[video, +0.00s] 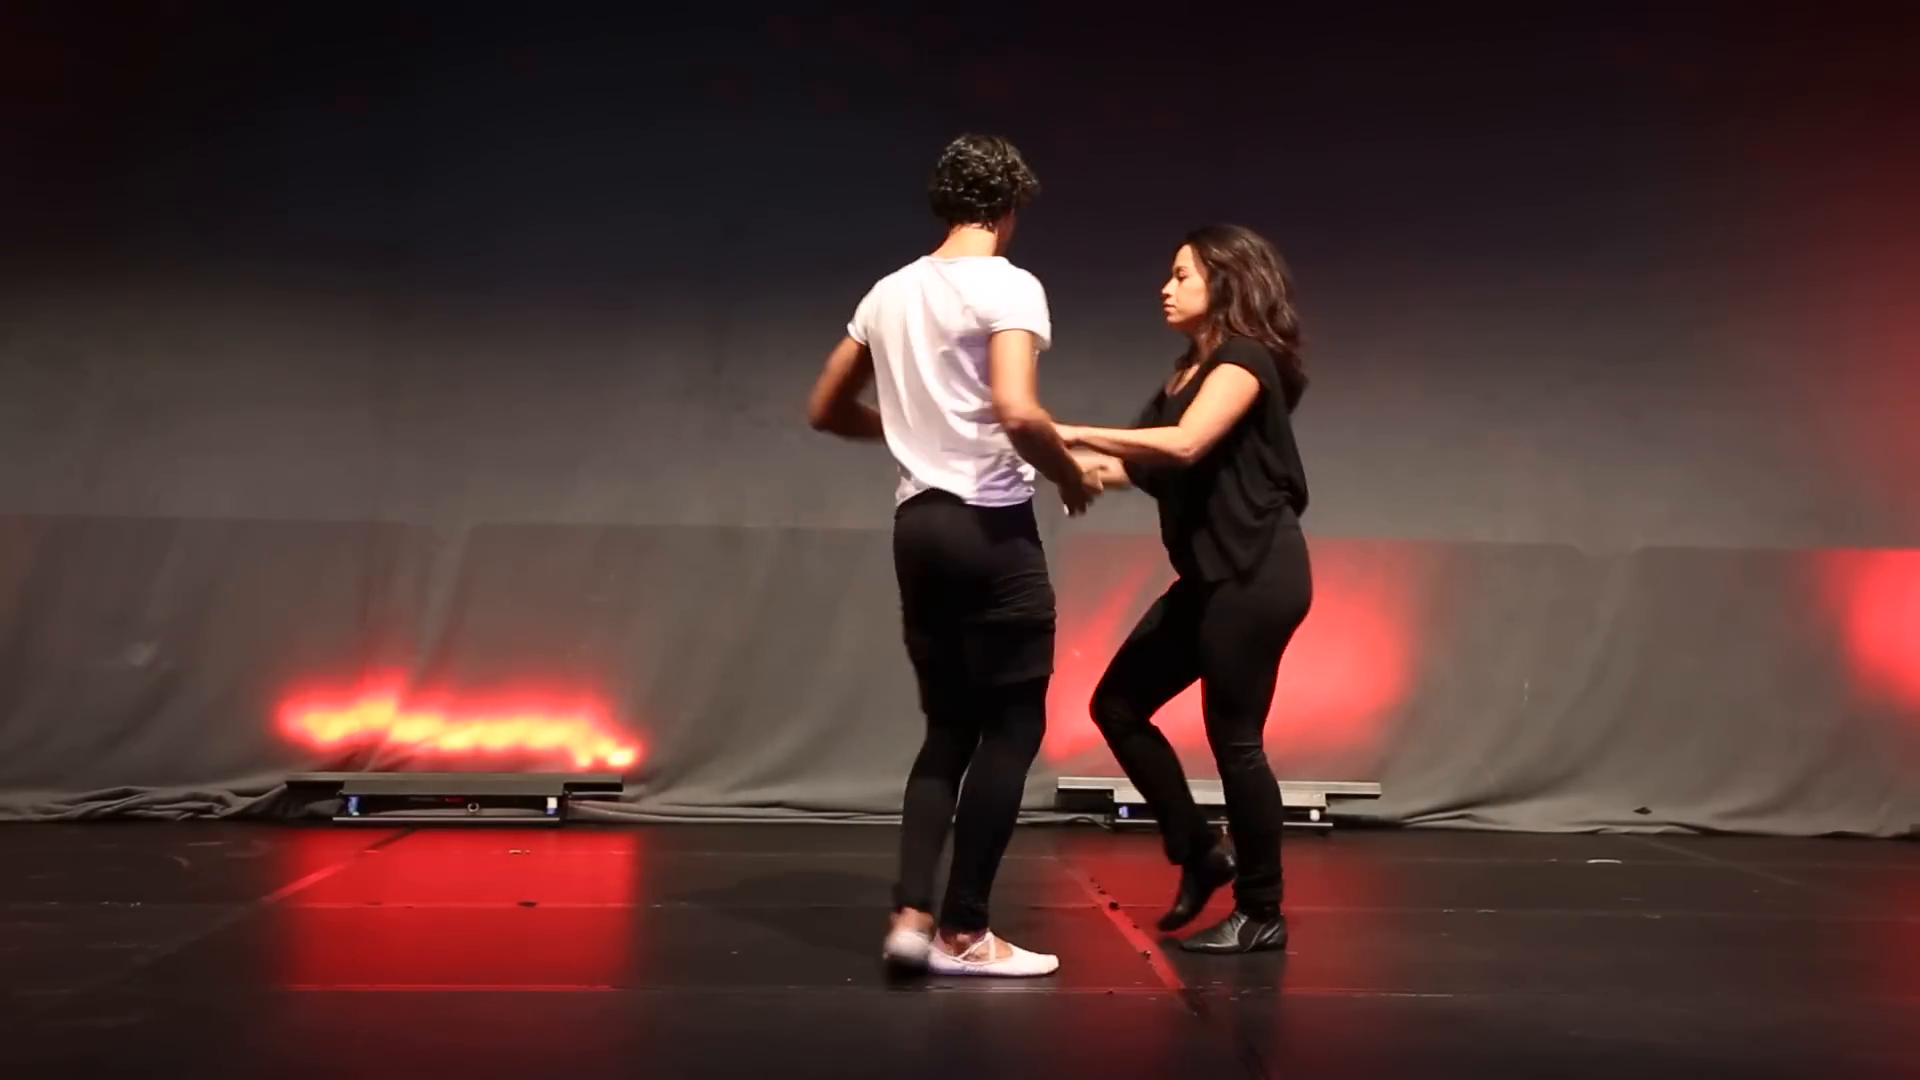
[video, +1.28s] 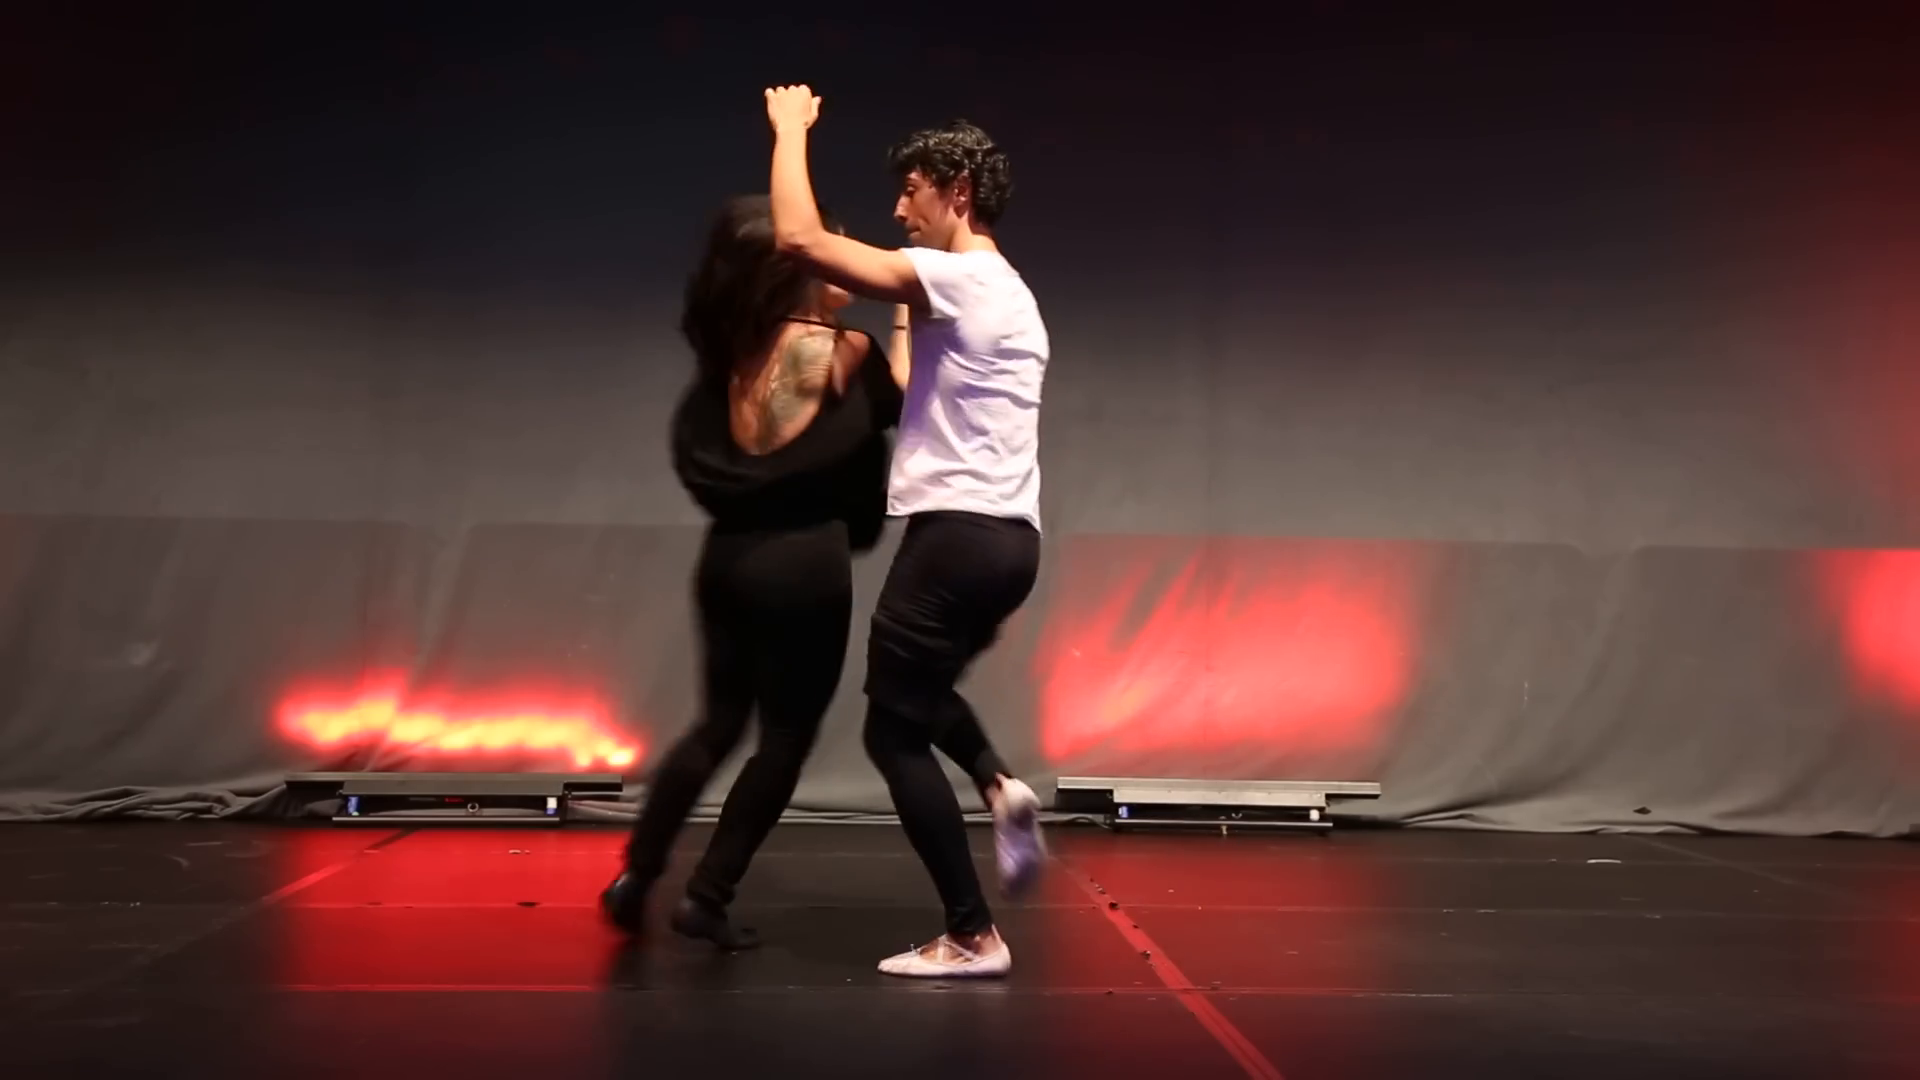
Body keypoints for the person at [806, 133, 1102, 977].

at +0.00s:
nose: (1018, 227)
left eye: (1016, 216)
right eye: (1018, 216)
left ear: (940, 207)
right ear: (1007, 213)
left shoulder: (887, 294)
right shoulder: (1009, 285)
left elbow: (828, 409)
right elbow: (1016, 410)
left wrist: (914, 422)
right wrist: (1070, 473)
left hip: (919, 533)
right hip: (994, 534)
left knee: (947, 727)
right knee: (1014, 727)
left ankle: (913, 916)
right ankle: (965, 934)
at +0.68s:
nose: (950, 201)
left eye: (945, 187)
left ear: (943, 193)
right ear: (1022, 194)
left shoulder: (899, 285)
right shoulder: (1073, 297)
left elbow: (828, 379)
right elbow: (1094, 440)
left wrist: (860, 309)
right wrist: (1039, 492)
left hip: (925, 538)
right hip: (1023, 540)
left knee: (915, 740)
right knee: (1030, 744)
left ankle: (920, 942)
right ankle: (1078, 952)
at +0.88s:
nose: (942, 202)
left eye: (943, 188)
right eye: (944, 190)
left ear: (954, 193)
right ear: (1028, 193)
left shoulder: (923, 275)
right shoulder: (1084, 298)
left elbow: (814, 281)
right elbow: (1117, 441)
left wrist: (849, 184)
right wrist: (1067, 509)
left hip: (964, 534)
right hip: (1061, 538)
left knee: (932, 734)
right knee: (1062, 741)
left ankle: (944, 933)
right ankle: (1083, 957)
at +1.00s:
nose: (924, 204)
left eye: (931, 190)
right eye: (928, 191)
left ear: (954, 191)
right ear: (1014, 197)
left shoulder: (917, 274)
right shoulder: (1073, 303)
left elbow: (800, 254)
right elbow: (1102, 450)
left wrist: (831, 147)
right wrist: (1055, 519)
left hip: (973, 531)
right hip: (1067, 531)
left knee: (919, 727)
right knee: (1071, 740)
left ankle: (970, 931)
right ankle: (1087, 958)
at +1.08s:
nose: (921, 204)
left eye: (927, 190)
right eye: (923, 191)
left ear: (952, 192)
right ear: (1000, 194)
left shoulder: (922, 272)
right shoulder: (1057, 304)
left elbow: (788, 244)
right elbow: (1075, 446)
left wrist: (811, 133)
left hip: (969, 532)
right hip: (1061, 531)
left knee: (921, 732)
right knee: (1059, 740)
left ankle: (976, 935)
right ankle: (1083, 950)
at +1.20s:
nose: (905, 209)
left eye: (914, 193)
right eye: (907, 195)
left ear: (960, 194)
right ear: (976, 196)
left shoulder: (944, 273)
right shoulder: (1036, 299)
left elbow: (788, 237)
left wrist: (787, 133)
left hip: (952, 529)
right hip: (1025, 534)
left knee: (912, 737)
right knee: (979, 720)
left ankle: (974, 938)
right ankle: (1042, 850)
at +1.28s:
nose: (900, 211)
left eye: (909, 194)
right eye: (901, 196)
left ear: (954, 195)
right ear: (969, 199)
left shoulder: (956, 278)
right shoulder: (1010, 293)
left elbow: (803, 236)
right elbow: (924, 399)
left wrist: (790, 132)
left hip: (955, 536)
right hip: (1008, 539)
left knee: (893, 735)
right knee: (918, 685)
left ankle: (971, 933)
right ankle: (1001, 788)